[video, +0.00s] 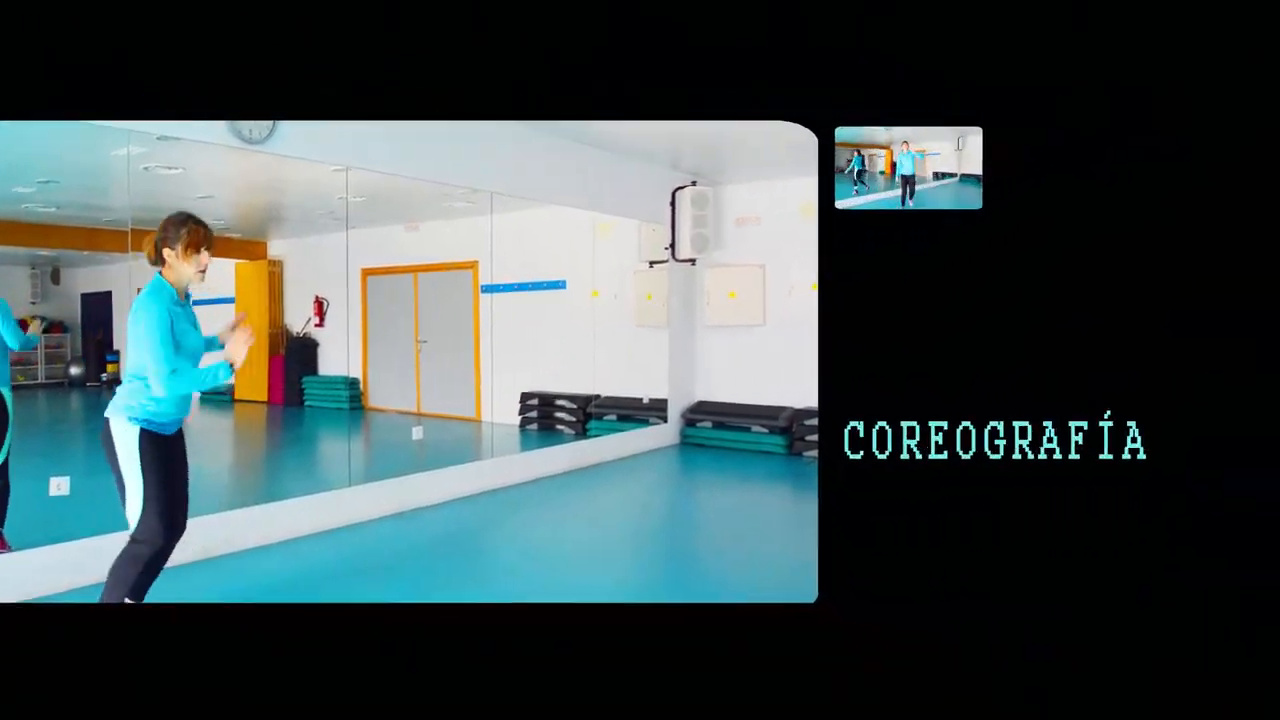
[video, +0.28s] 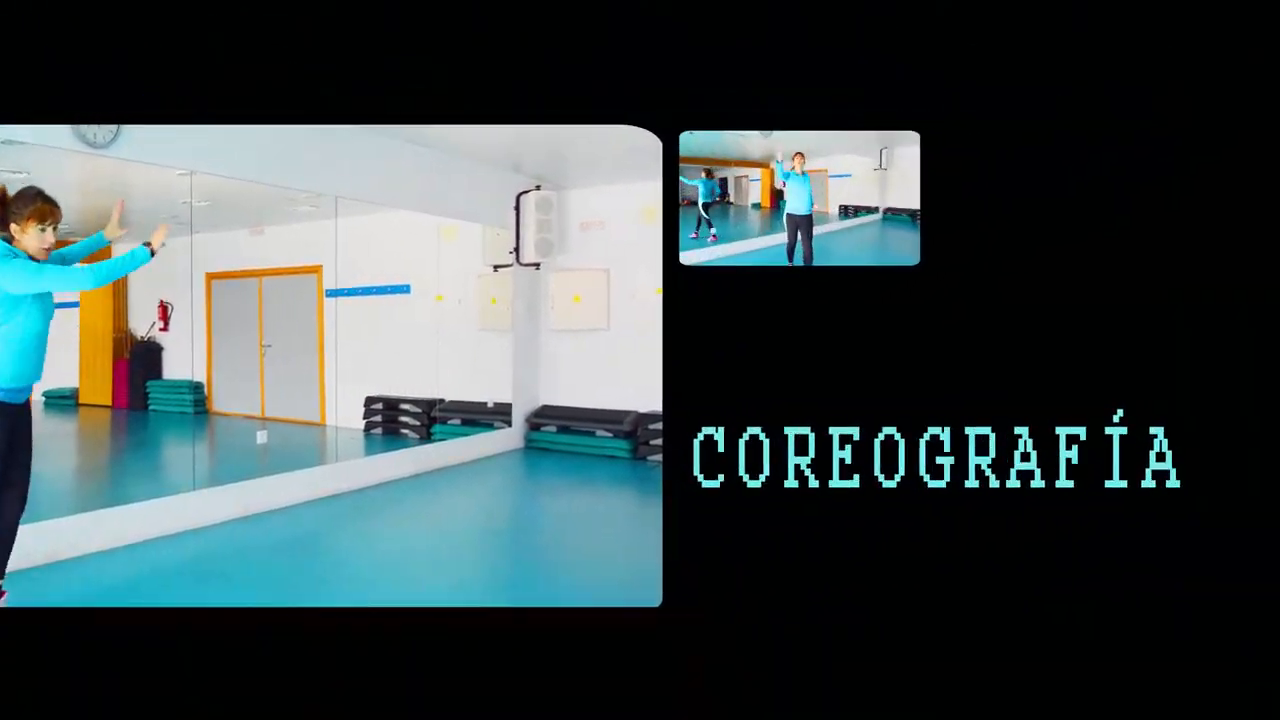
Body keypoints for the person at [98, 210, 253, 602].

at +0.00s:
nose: (206, 260)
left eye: (207, 251)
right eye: (196, 251)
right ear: (169, 254)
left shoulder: (180, 300)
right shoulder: (153, 303)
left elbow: (186, 352)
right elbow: (165, 383)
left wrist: (221, 342)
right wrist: (228, 364)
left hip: (166, 425)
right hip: (134, 427)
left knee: (173, 526)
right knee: (151, 530)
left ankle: (131, 599)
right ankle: (110, 601)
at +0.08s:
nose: (161, 239)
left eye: (163, 229)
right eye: (152, 230)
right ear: (124, 231)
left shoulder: (137, 273)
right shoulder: (112, 279)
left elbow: (148, 302)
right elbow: (155, 347)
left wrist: (183, 289)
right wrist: (208, 313)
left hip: (129, 403)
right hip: (95, 403)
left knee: (117, 503)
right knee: (90, 505)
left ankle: (96, 595)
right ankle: (64, 601)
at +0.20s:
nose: (95, 226)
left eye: (97, 217)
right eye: (85, 217)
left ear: (94, 217)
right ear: (59, 218)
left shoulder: (71, 255)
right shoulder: (50, 261)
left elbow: (93, 264)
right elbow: (123, 296)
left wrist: (132, 246)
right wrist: (174, 262)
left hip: (60, 388)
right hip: (27, 387)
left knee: (51, 490)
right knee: (17, 490)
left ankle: (38, 587)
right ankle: (1, 591)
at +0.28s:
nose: (50, 238)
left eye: (53, 229)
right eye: (41, 228)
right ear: (14, 228)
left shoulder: (26, 262)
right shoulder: (13, 268)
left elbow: (62, 254)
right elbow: (87, 278)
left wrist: (107, 233)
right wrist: (147, 249)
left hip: (17, 399)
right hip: (5, 402)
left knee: (14, 496)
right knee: (10, 498)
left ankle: (1, 582)